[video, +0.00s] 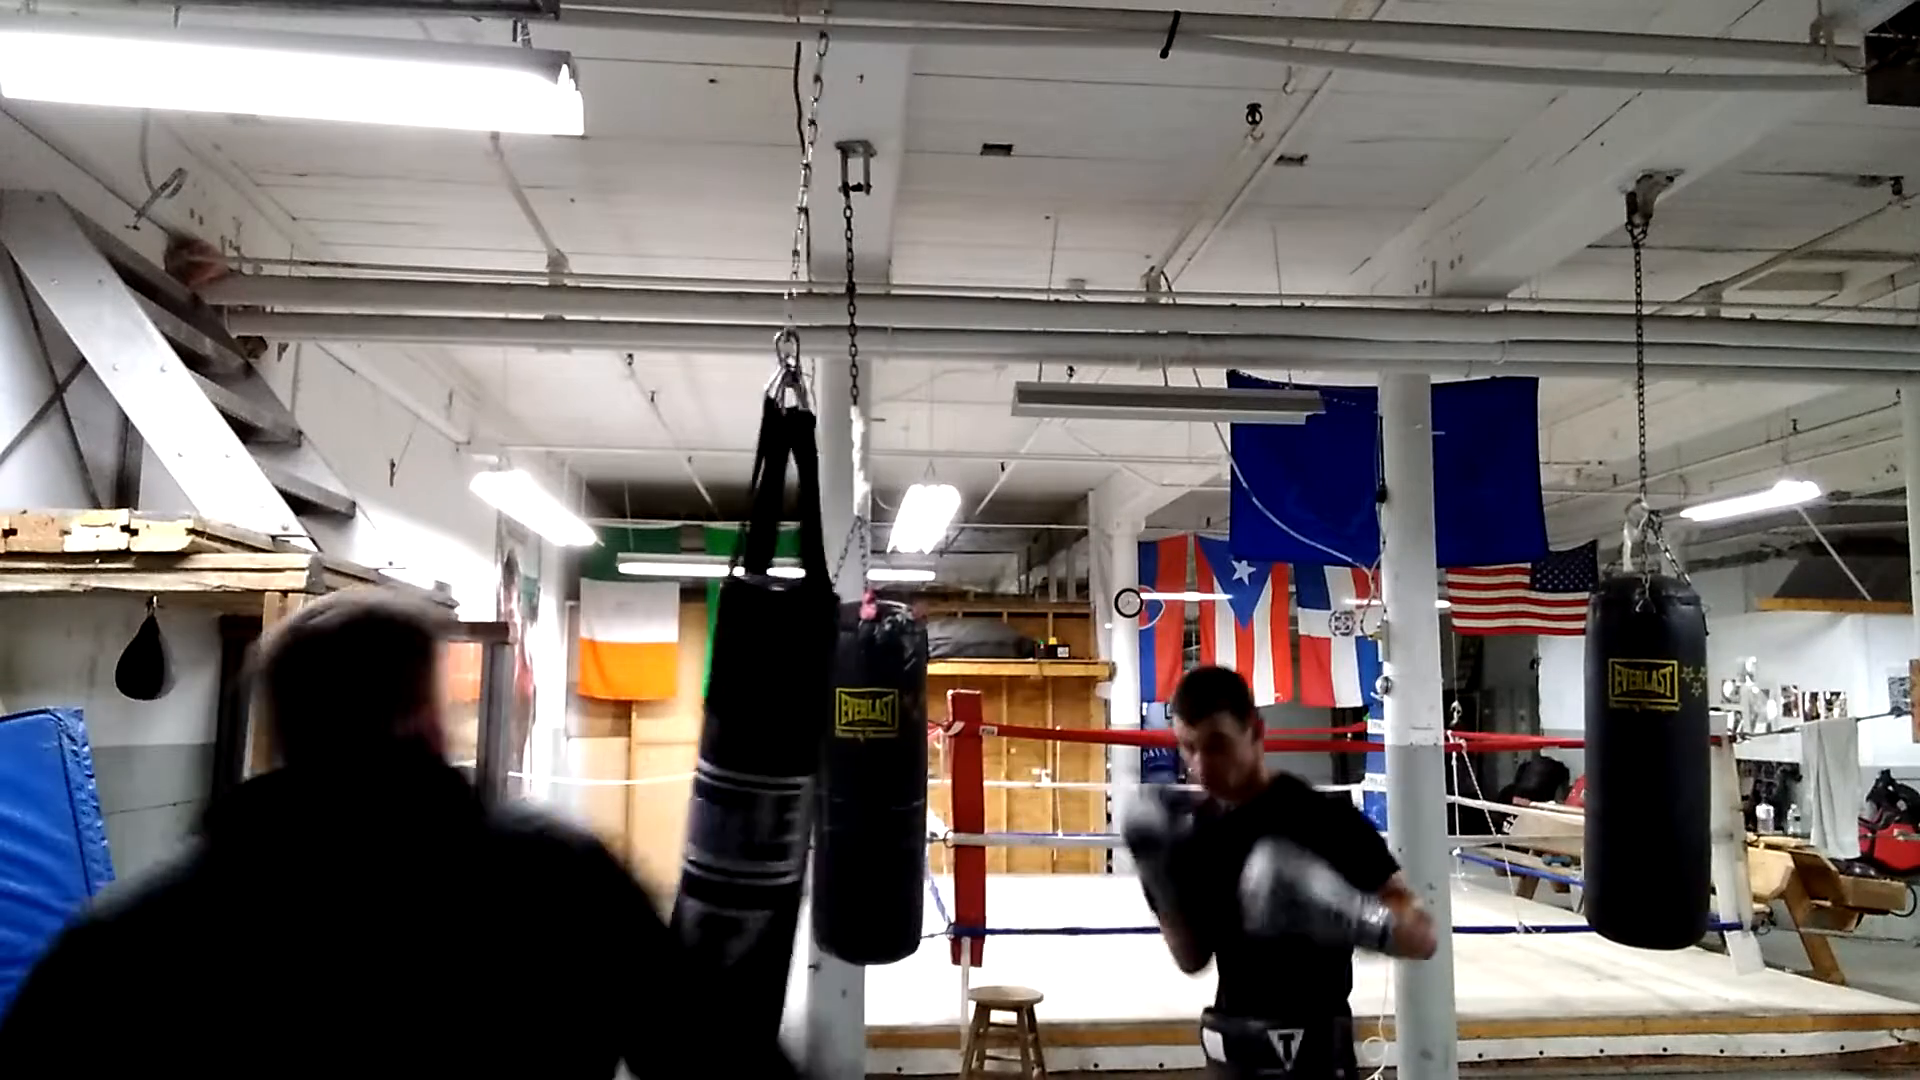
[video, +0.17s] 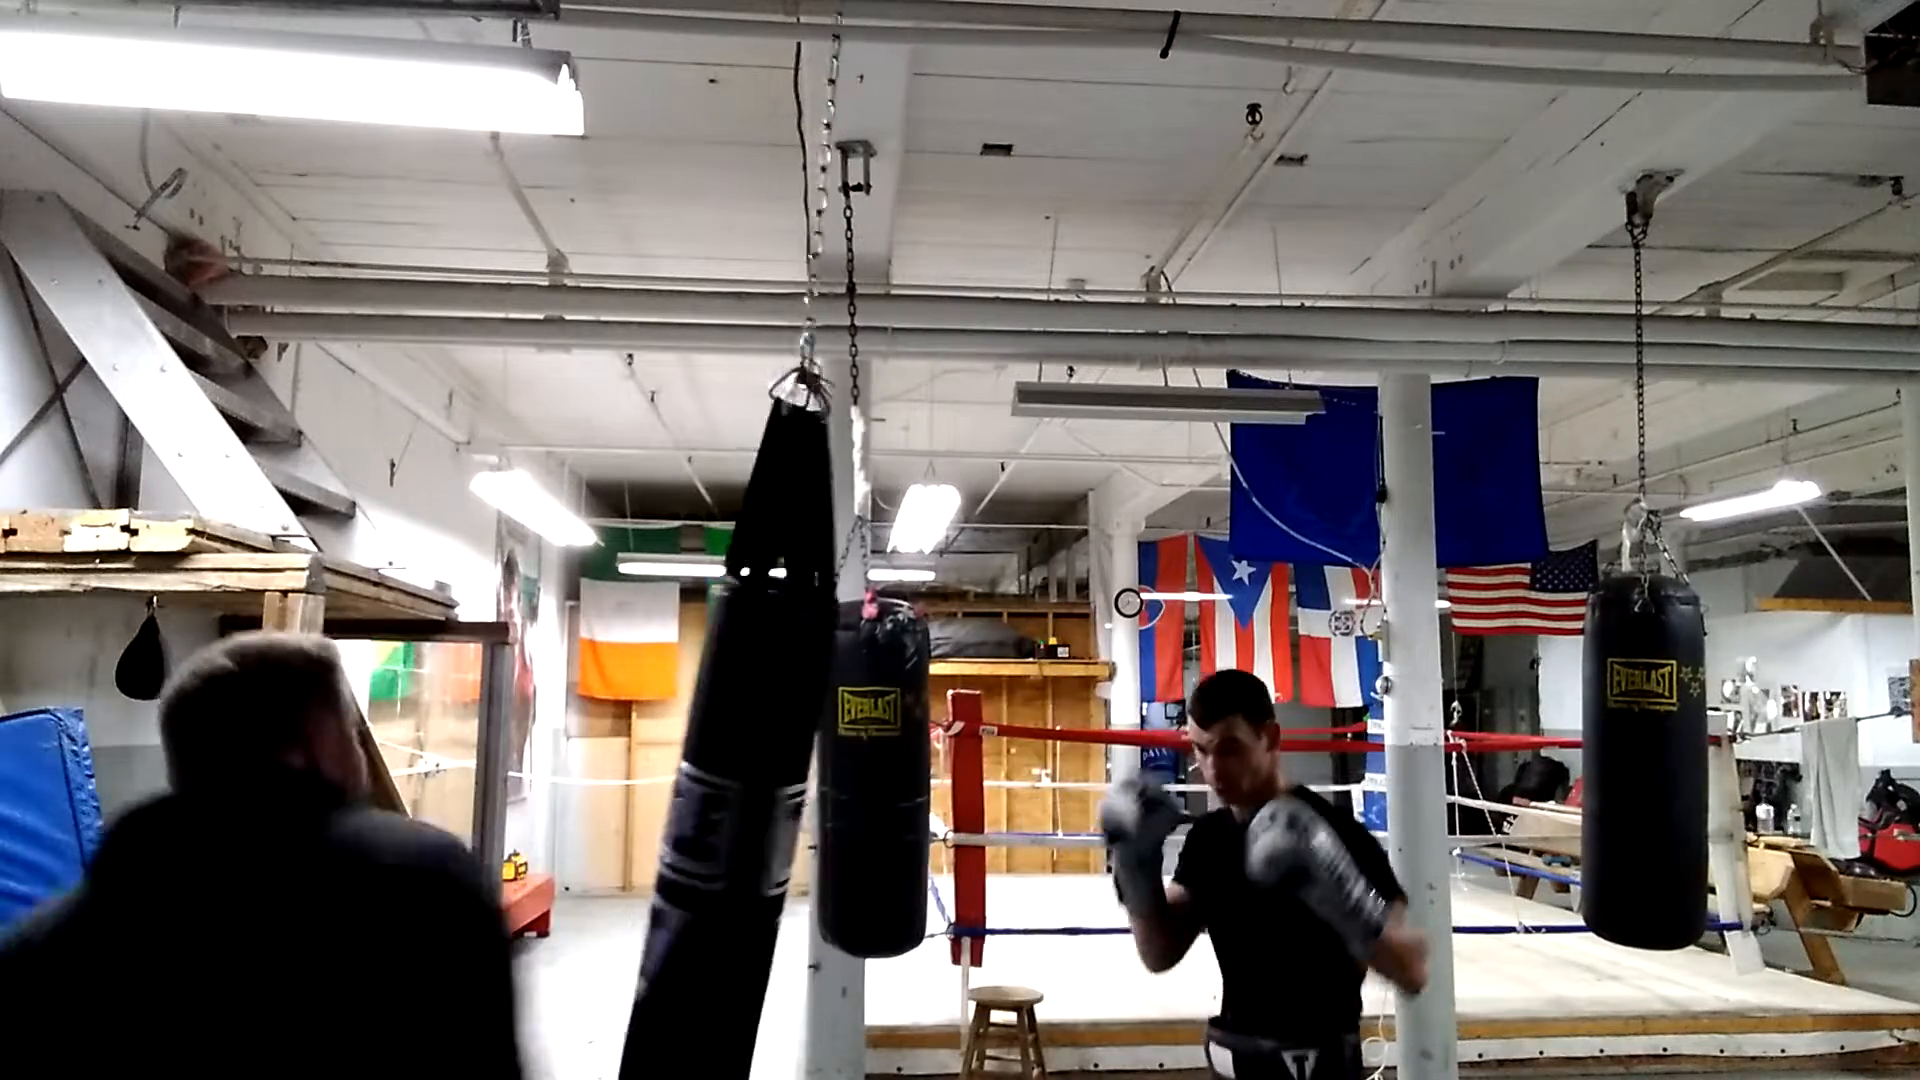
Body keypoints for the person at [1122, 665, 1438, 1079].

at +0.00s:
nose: (1201, 765)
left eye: (1216, 745)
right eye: (1189, 749)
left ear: (1256, 731)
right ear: (1178, 746)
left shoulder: (1326, 818)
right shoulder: (1199, 831)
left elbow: (1421, 937)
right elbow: (1192, 958)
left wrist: (1334, 903)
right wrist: (1155, 865)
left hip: (1317, 1043)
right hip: (1235, 1043)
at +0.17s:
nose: (1212, 769)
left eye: (1229, 749)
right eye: (1202, 751)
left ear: (1271, 740)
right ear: (1192, 748)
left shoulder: (1333, 829)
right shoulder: (1210, 837)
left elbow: (1412, 972)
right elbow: (1161, 954)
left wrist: (1325, 880)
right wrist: (1137, 860)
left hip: (1324, 1055)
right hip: (1239, 1053)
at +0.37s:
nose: (1193, 783)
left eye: (1213, 765)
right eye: (1184, 765)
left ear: (1258, 756)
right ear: (1175, 762)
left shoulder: (1330, 872)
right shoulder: (1205, 842)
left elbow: (1363, 1016)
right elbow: (1234, 945)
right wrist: (1178, 944)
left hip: (1318, 1079)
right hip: (1243, 1072)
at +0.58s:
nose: (1168, 781)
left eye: (1184, 761)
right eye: (1159, 763)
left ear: (1235, 751)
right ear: (1152, 759)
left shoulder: (1305, 857)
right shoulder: (1211, 838)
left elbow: (1367, 1026)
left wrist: (1221, 982)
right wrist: (1145, 897)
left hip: (1307, 1074)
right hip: (1232, 1060)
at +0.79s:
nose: (1192, 737)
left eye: (1212, 715)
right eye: (1183, 719)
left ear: (1266, 704)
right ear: (1178, 715)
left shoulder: (1349, 814)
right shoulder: (1223, 810)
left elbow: (1430, 979)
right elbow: (1196, 947)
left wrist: (1291, 923)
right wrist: (1167, 864)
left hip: (1346, 1058)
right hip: (1267, 1050)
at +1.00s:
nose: (1212, 788)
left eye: (1226, 765)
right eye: (1204, 770)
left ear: (1291, 756)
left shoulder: (1383, 871)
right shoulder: (1292, 860)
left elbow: (1467, 1041)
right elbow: (1329, 1005)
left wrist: (1331, 1052)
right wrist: (1249, 976)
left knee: (1235, 1032)